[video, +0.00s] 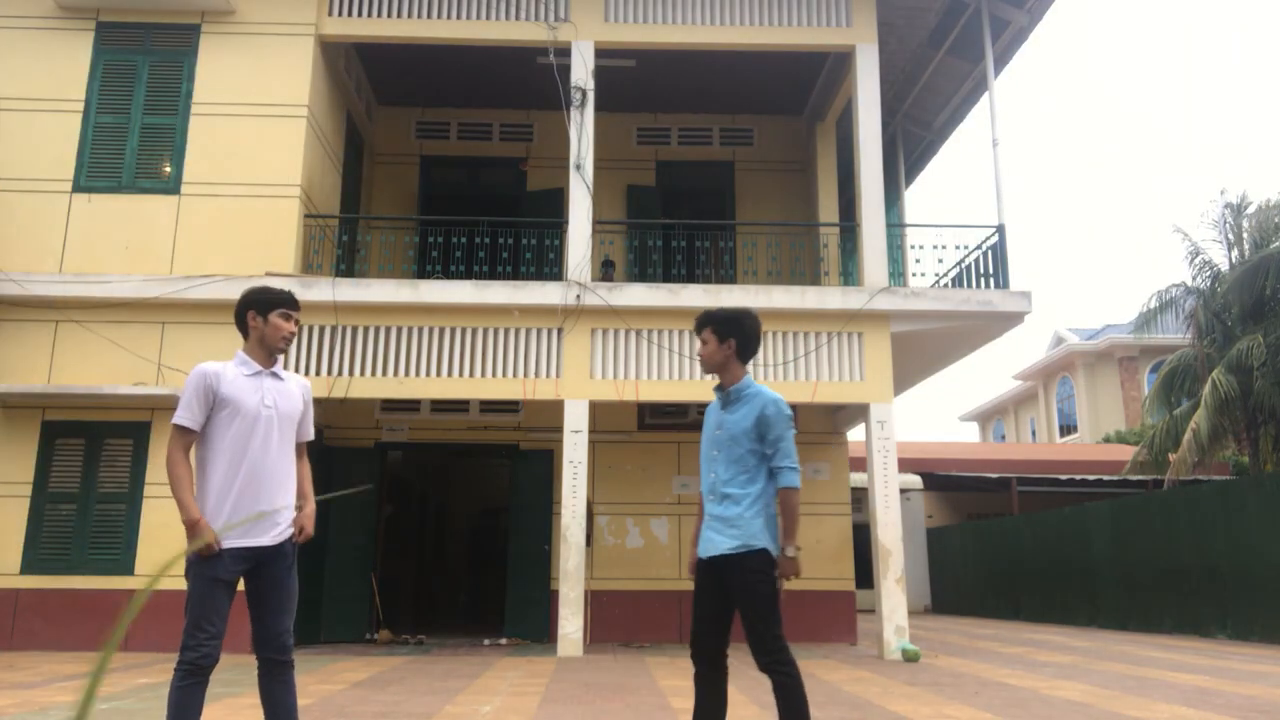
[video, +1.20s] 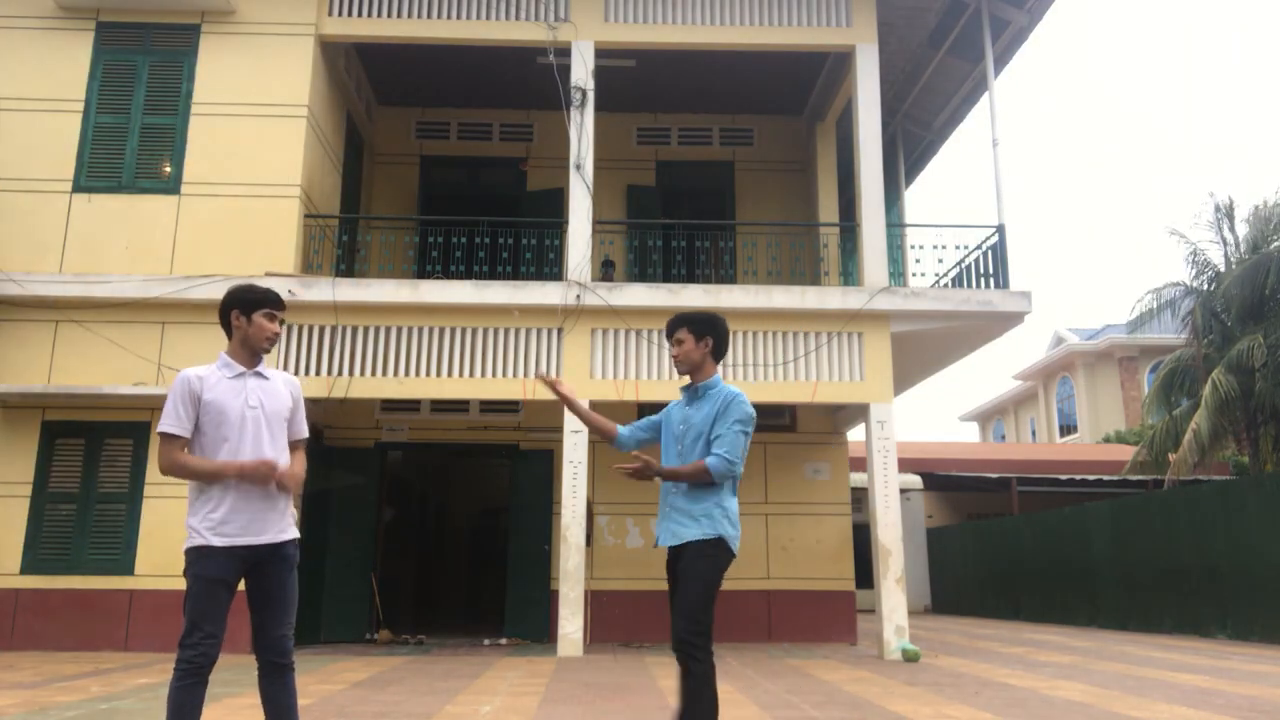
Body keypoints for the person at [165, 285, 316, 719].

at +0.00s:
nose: (293, 328)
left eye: (296, 321)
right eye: (285, 317)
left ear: (294, 329)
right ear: (253, 320)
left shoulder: (298, 388)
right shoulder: (210, 377)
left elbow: (301, 454)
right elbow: (176, 450)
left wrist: (308, 504)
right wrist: (192, 519)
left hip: (278, 545)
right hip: (218, 544)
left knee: (278, 656)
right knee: (199, 657)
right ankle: (179, 719)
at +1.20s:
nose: (277, 329)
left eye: (280, 322)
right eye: (269, 319)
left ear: (277, 327)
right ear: (237, 320)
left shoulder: (288, 386)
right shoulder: (194, 382)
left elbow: (298, 451)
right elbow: (169, 459)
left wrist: (292, 475)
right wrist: (240, 469)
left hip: (276, 542)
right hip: (214, 542)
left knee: (278, 657)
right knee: (197, 656)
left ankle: (284, 719)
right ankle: (180, 719)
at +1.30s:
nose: (274, 332)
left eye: (278, 325)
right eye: (266, 321)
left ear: (277, 330)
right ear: (234, 320)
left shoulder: (287, 385)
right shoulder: (192, 382)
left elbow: (304, 456)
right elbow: (175, 458)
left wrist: (289, 438)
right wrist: (246, 441)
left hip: (277, 541)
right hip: (214, 540)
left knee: (278, 657)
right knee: (197, 656)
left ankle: (284, 719)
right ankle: (180, 719)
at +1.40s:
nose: (270, 335)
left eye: (275, 327)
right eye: (262, 323)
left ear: (278, 333)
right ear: (232, 320)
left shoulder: (278, 388)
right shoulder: (192, 378)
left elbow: (313, 451)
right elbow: (194, 444)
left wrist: (304, 399)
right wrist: (252, 396)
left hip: (276, 540)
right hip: (214, 540)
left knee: (278, 658)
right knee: (197, 656)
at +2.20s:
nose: (270, 339)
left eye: (276, 333)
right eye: (262, 328)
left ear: (281, 338)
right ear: (234, 324)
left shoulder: (287, 386)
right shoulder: (193, 379)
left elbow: (344, 421)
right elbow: (208, 431)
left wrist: (375, 393)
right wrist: (241, 369)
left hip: (280, 538)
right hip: (217, 538)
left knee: (282, 655)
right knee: (198, 654)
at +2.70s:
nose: (290, 350)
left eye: (295, 344)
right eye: (282, 340)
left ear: (299, 347)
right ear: (253, 337)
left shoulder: (308, 398)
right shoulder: (213, 391)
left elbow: (366, 438)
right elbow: (225, 440)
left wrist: (395, 409)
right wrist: (262, 381)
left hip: (300, 549)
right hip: (233, 551)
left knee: (337, 655)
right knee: (204, 663)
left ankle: (369, 719)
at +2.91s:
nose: (319, 359)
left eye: (324, 352)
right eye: (310, 350)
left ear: (328, 357)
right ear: (279, 350)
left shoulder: (338, 408)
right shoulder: (244, 405)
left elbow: (395, 450)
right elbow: (261, 452)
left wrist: (420, 420)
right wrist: (297, 391)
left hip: (338, 561)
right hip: (268, 563)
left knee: (391, 652)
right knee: (213, 667)